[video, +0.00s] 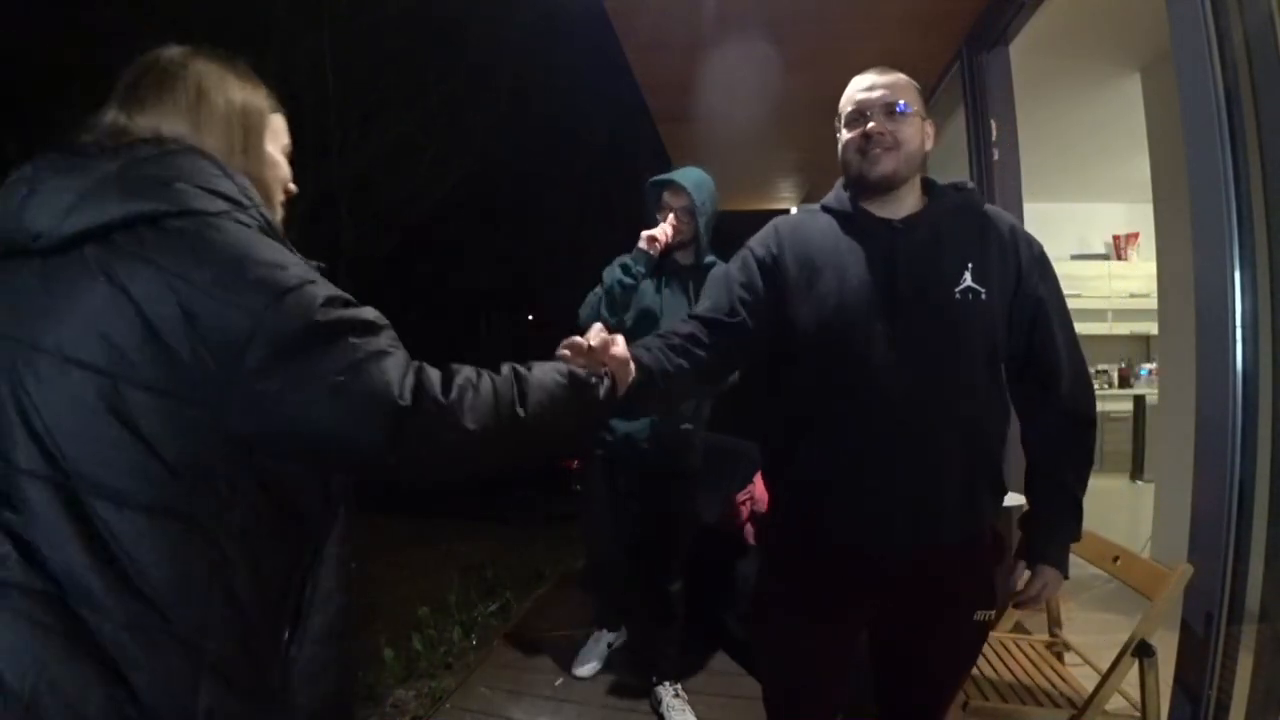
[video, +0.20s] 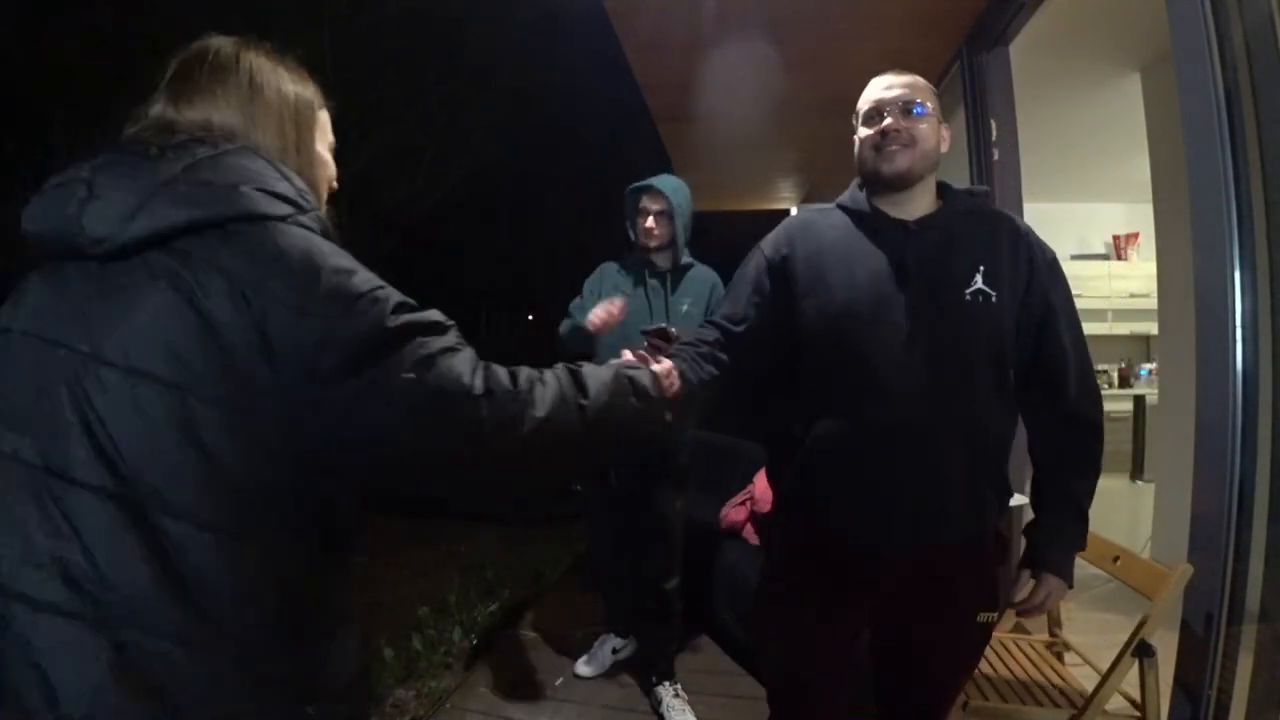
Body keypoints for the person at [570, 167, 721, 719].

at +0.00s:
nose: (670, 220)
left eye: (682, 212)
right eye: (665, 209)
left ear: (705, 217)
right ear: (656, 212)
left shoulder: (721, 279)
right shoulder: (630, 270)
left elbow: (732, 361)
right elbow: (591, 328)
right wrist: (637, 262)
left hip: (686, 440)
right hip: (621, 435)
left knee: (678, 554)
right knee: (609, 540)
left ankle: (666, 673)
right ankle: (610, 624)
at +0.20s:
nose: (650, 224)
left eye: (661, 214)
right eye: (642, 215)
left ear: (682, 220)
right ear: (631, 221)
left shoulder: (706, 284)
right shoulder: (609, 277)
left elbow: (718, 352)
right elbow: (565, 342)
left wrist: (678, 363)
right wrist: (588, 326)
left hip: (675, 433)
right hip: (609, 427)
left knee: (665, 546)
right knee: (611, 532)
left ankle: (661, 670)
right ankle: (620, 629)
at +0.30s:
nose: (638, 227)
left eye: (648, 217)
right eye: (630, 218)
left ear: (668, 222)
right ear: (620, 224)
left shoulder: (695, 284)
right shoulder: (597, 285)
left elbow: (708, 361)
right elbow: (562, 357)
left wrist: (678, 427)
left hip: (667, 439)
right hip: (603, 431)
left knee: (664, 554)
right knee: (608, 540)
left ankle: (663, 673)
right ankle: (618, 632)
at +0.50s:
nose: (613, 227)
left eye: (623, 218)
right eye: (606, 219)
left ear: (643, 223)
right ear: (596, 228)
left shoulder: (673, 282)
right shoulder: (583, 286)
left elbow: (692, 355)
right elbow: (565, 356)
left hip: (656, 445)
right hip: (598, 443)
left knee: (657, 563)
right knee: (604, 547)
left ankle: (662, 672)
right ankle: (618, 632)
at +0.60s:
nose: (604, 230)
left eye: (613, 220)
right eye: (596, 221)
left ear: (635, 225)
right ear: (585, 230)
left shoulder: (659, 288)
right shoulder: (582, 292)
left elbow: (687, 351)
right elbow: (566, 369)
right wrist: (569, 434)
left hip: (650, 444)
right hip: (599, 444)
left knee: (654, 562)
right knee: (607, 547)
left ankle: (656, 667)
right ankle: (621, 632)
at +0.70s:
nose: (598, 231)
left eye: (607, 221)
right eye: (590, 223)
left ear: (627, 226)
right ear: (579, 233)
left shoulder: (653, 290)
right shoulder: (579, 294)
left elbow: (683, 349)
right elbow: (570, 372)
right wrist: (573, 434)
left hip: (646, 438)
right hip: (598, 440)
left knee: (645, 557)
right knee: (607, 547)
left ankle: (650, 659)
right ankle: (620, 634)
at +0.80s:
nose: (591, 232)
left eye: (600, 223)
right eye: (584, 224)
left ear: (621, 227)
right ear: (576, 233)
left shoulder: (647, 280)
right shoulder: (580, 285)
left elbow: (665, 363)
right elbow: (576, 352)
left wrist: (658, 437)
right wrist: (578, 416)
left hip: (643, 438)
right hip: (595, 435)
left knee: (639, 552)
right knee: (605, 543)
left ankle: (641, 654)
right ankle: (616, 633)